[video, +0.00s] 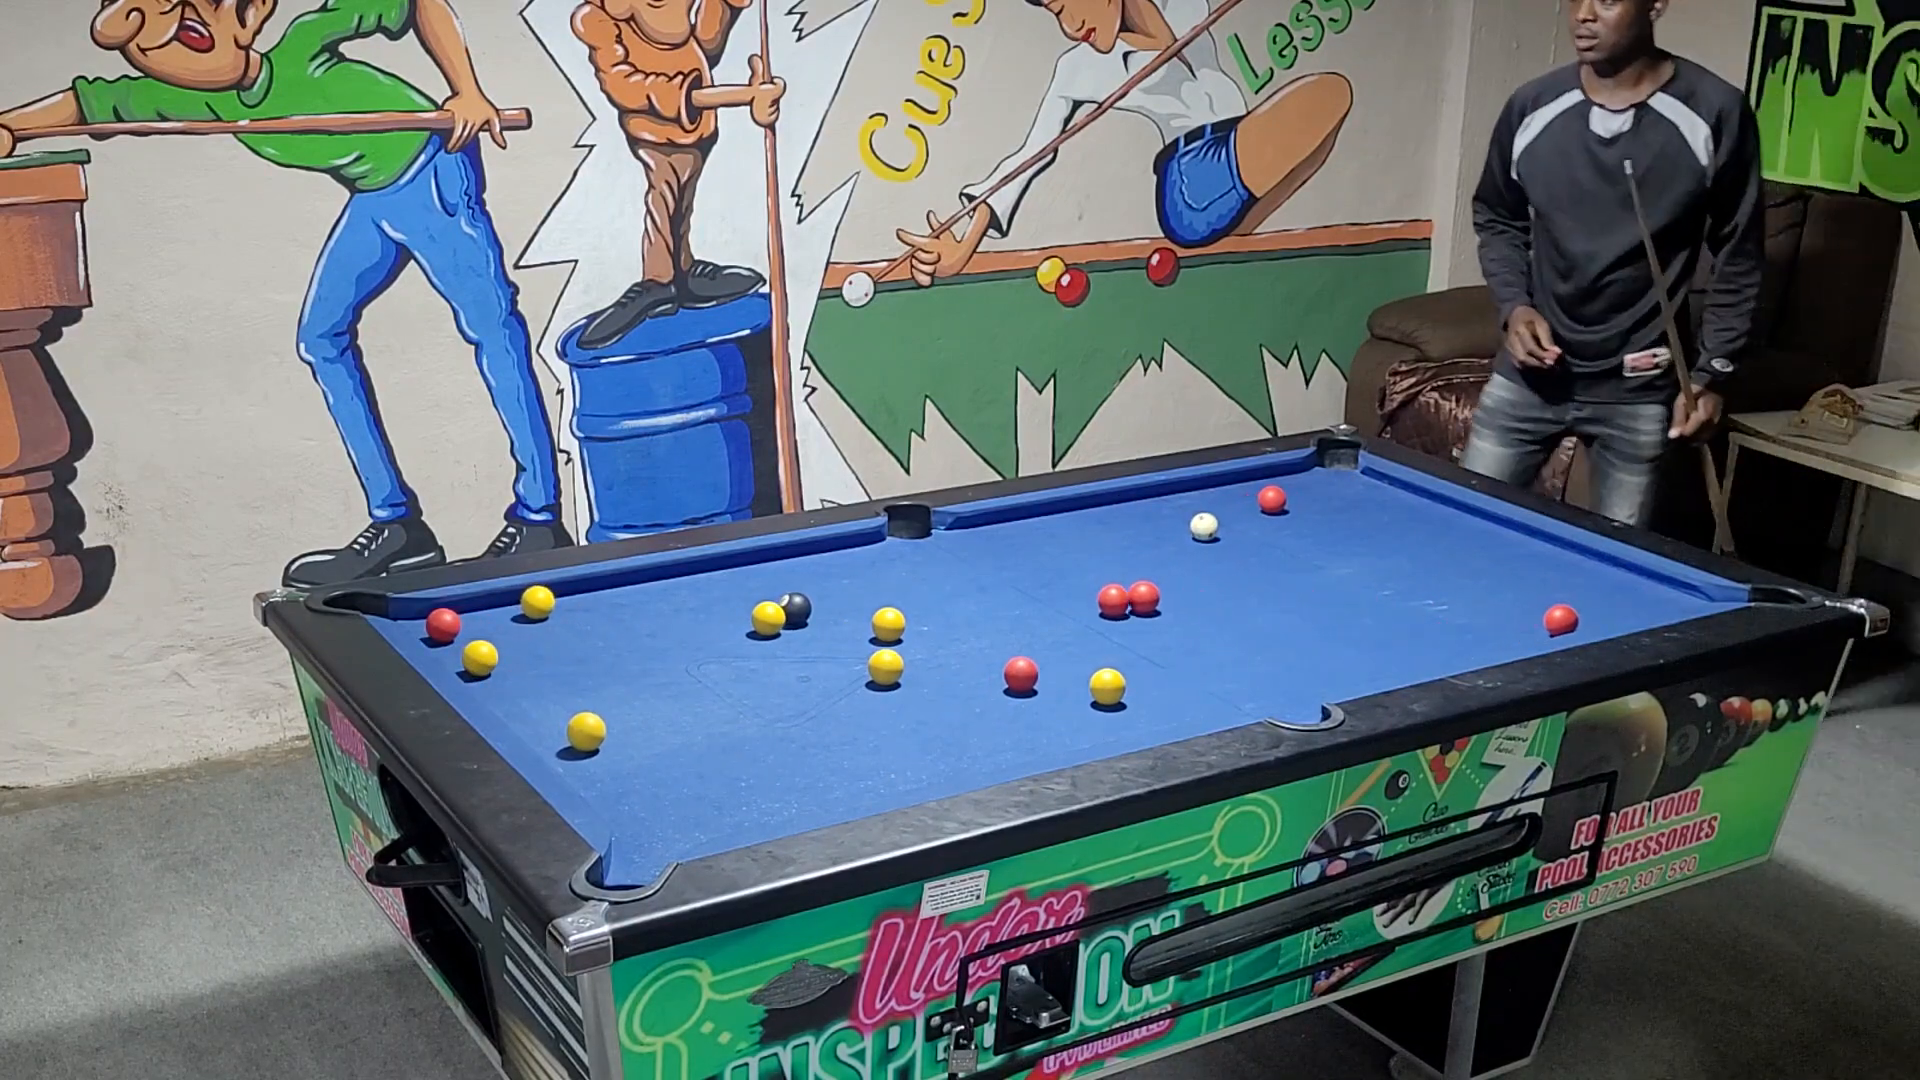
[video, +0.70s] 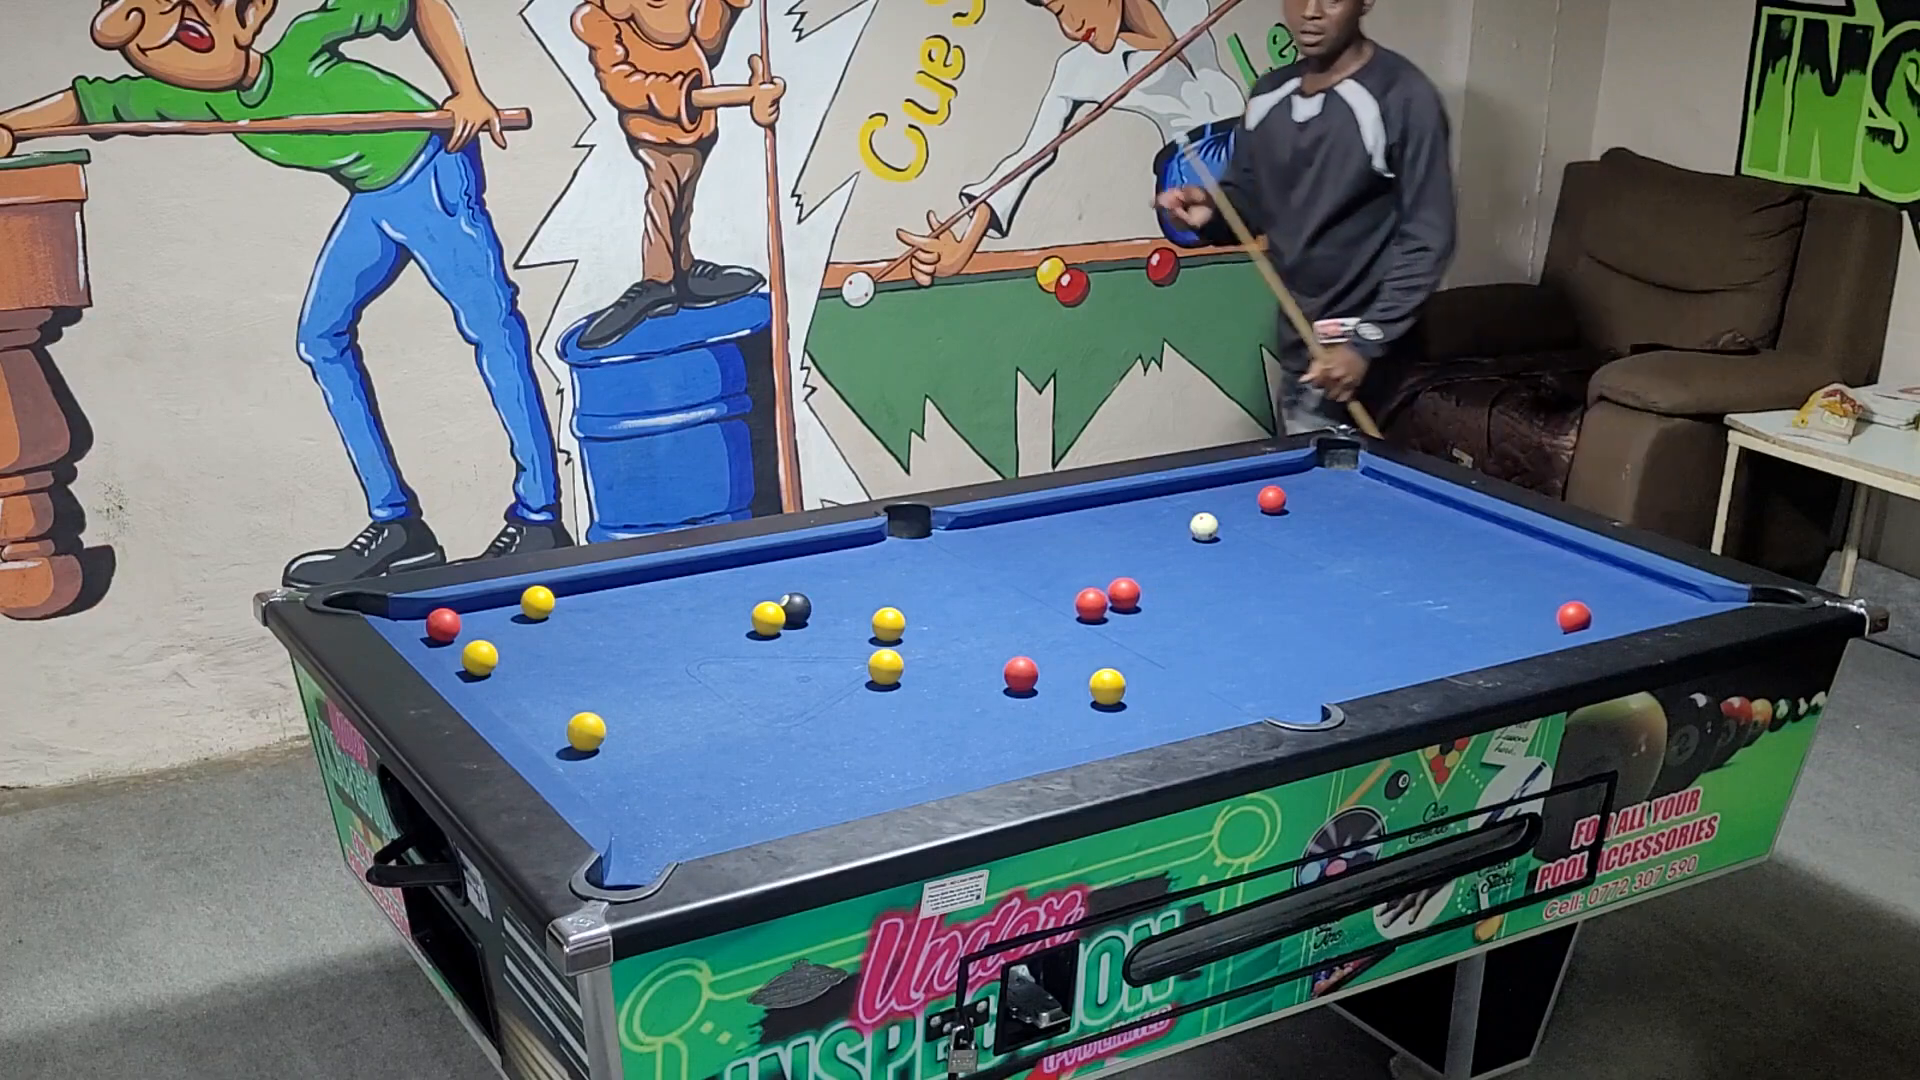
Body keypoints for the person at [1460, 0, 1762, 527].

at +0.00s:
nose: (1583, 15)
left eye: (1605, 1)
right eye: (1575, 0)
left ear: (1655, 8)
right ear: (1565, 8)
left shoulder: (1718, 114)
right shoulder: (1529, 107)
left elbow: (1737, 256)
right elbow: (1497, 218)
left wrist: (1711, 372)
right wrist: (1514, 306)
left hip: (1637, 389)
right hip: (1526, 374)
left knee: (1614, 572)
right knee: (1465, 531)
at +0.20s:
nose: (1503, 14)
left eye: (1525, 1)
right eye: (1498, 2)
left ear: (1572, 9)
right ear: (1489, 10)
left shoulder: (1637, 111)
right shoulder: (1468, 103)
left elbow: (1670, 254)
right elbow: (1445, 212)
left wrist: (1651, 371)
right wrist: (1443, 283)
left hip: (1571, 387)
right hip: (1464, 374)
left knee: (1572, 555)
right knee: (1404, 513)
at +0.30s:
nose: (1445, 15)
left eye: (1467, 3)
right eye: (1443, 3)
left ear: (1516, 13)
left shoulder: (1577, 112)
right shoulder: (1425, 105)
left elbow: (1626, 248)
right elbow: (1411, 220)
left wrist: (1597, 357)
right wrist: (1392, 280)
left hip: (1525, 390)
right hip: (1424, 375)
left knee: (1539, 561)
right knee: (1373, 532)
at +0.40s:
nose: (1396, 18)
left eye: (1417, 6)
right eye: (1394, 5)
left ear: (1465, 13)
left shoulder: (1524, 109)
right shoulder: (1383, 105)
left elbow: (1576, 241)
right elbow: (1373, 217)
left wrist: (1538, 352)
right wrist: (1342, 276)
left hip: (1477, 384)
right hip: (1383, 368)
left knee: (1495, 554)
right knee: (1346, 533)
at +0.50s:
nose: (1369, 16)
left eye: (1390, 3)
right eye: (1360, 2)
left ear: (1432, 9)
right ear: (1350, 8)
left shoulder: (1481, 100)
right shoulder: (1345, 98)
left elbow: (1525, 235)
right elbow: (1330, 210)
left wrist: (1474, 348)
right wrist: (1295, 259)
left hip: (1432, 363)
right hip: (1353, 352)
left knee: (1429, 522)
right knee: (1341, 514)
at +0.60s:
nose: (1343, 12)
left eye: (1363, 0)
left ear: (1399, 6)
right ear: (1320, 6)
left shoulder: (1443, 93)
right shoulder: (1308, 92)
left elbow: (1476, 231)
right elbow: (1289, 205)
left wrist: (1418, 341)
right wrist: (1247, 233)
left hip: (1393, 350)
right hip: (1326, 343)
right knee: (1321, 495)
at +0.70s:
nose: (1311, 11)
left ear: (1362, 6)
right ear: (1284, 6)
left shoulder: (1404, 95)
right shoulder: (1267, 94)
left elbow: (1429, 237)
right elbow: (1247, 206)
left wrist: (1365, 344)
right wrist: (1207, 212)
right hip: (1297, 343)